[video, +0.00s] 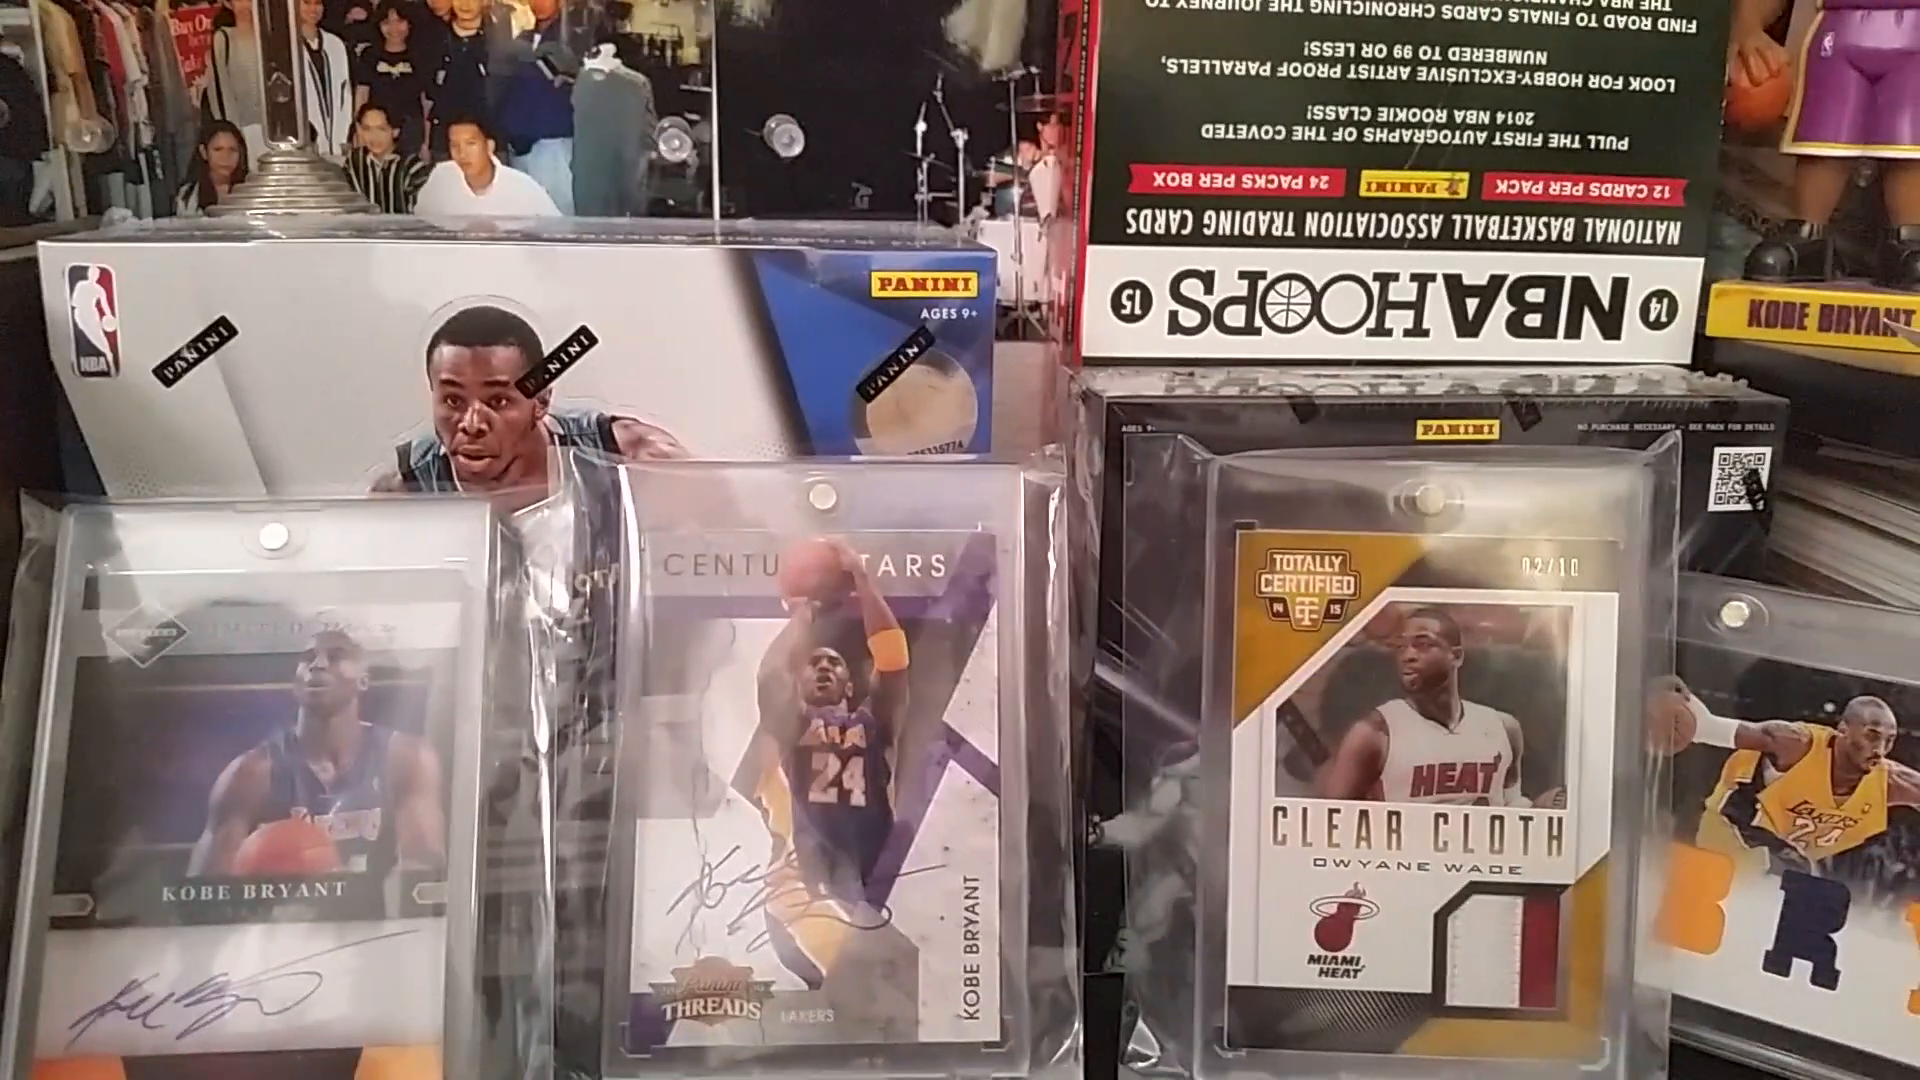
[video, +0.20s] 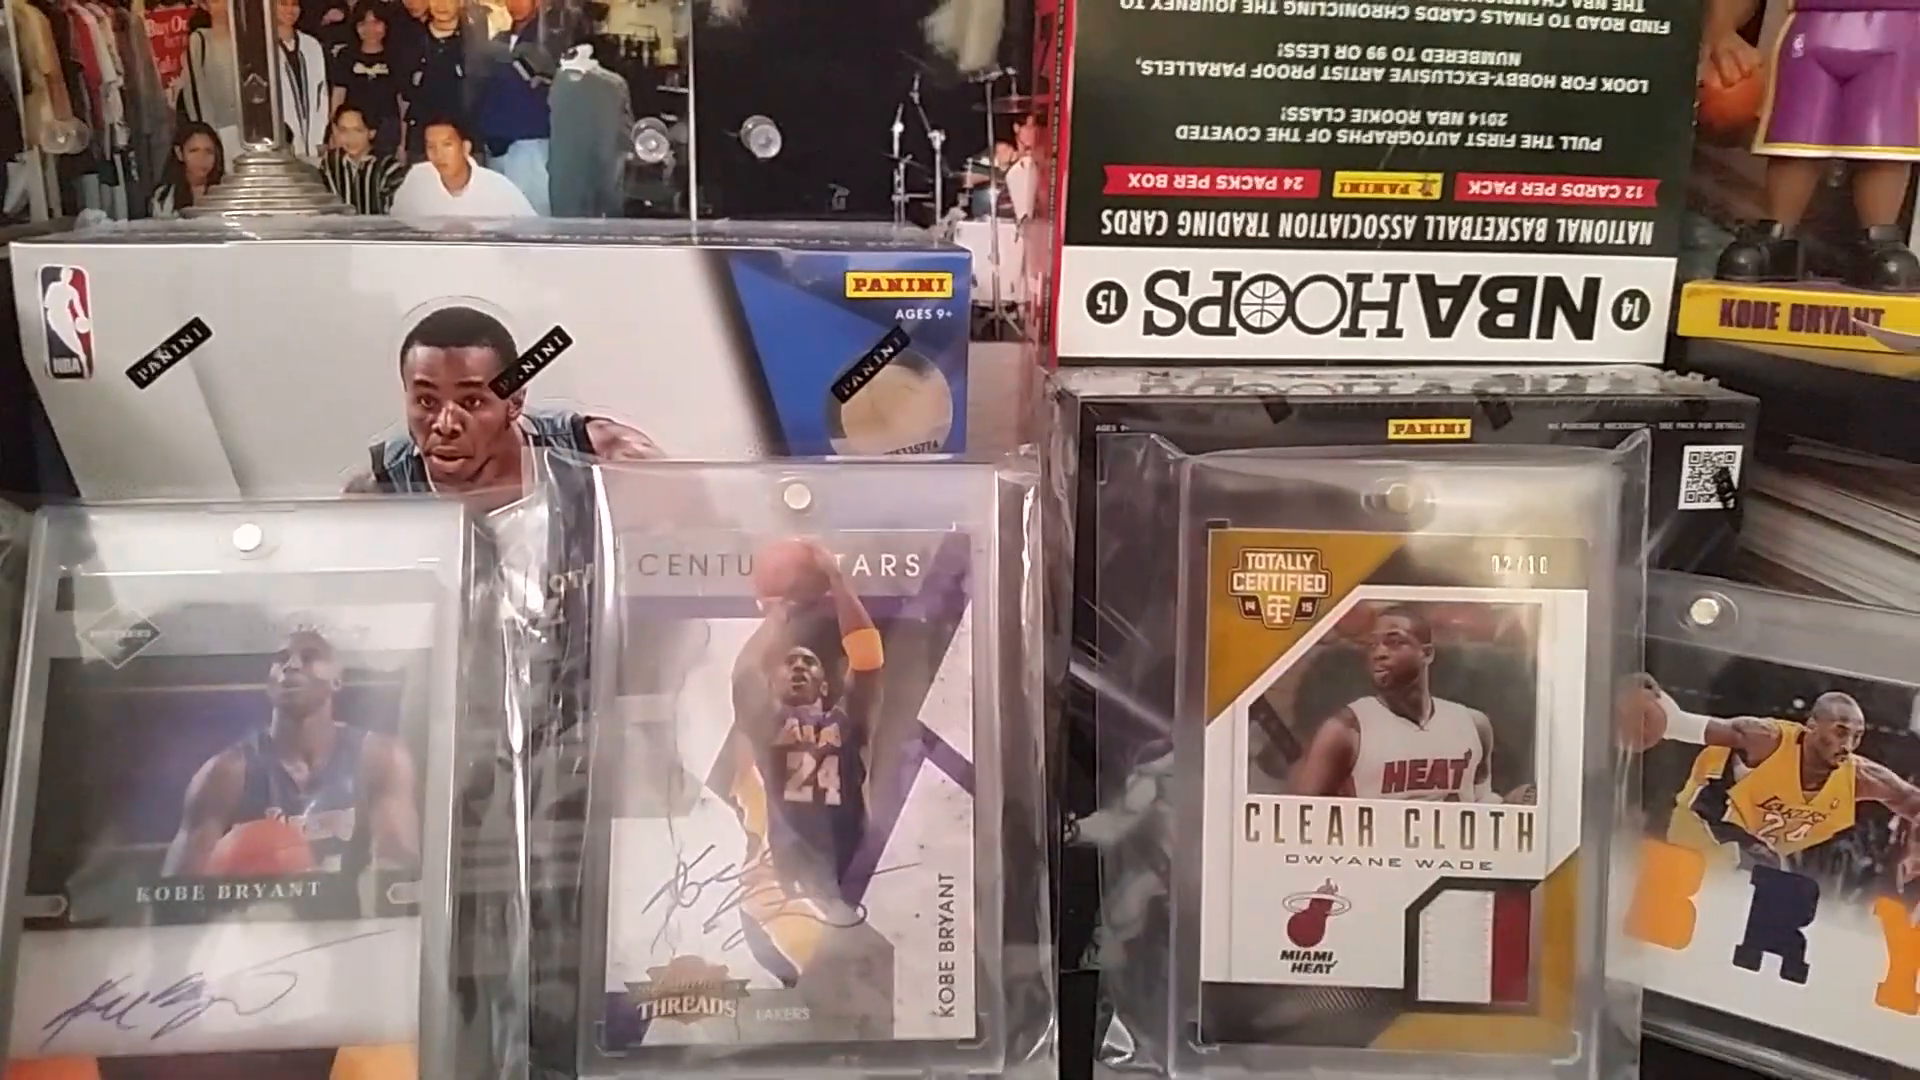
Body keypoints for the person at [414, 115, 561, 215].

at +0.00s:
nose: (462, 154)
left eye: (471, 144)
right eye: (455, 146)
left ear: (490, 147)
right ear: (449, 150)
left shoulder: (522, 186)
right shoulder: (442, 177)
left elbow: (559, 233)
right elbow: (418, 226)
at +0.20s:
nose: (439, 155)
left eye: (447, 145)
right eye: (431, 147)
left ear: (466, 148)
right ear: (426, 152)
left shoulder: (497, 186)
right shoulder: (417, 178)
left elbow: (534, 231)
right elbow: (394, 227)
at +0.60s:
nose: (461, 154)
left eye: (470, 144)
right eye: (453, 146)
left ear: (488, 146)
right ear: (448, 150)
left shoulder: (519, 184)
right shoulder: (441, 176)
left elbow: (556, 229)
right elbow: (418, 224)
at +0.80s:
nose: (479, 154)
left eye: (488, 144)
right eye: (471, 146)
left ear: (506, 146)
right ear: (466, 150)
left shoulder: (536, 184)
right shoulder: (458, 176)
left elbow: (573, 229)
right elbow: (434, 223)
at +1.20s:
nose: (501, 153)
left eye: (509, 143)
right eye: (493, 145)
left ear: (527, 146)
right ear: (488, 148)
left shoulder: (558, 184)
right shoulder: (480, 176)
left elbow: (595, 229)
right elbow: (456, 223)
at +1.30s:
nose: (523, 152)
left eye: (532, 143)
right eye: (516, 144)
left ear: (551, 146)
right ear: (511, 150)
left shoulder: (581, 183)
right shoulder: (503, 174)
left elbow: (616, 227)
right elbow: (480, 222)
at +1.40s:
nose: (545, 152)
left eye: (554, 143)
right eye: (538, 144)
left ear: (572, 146)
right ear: (533, 147)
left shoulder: (602, 184)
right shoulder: (525, 174)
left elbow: (636, 228)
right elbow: (503, 222)